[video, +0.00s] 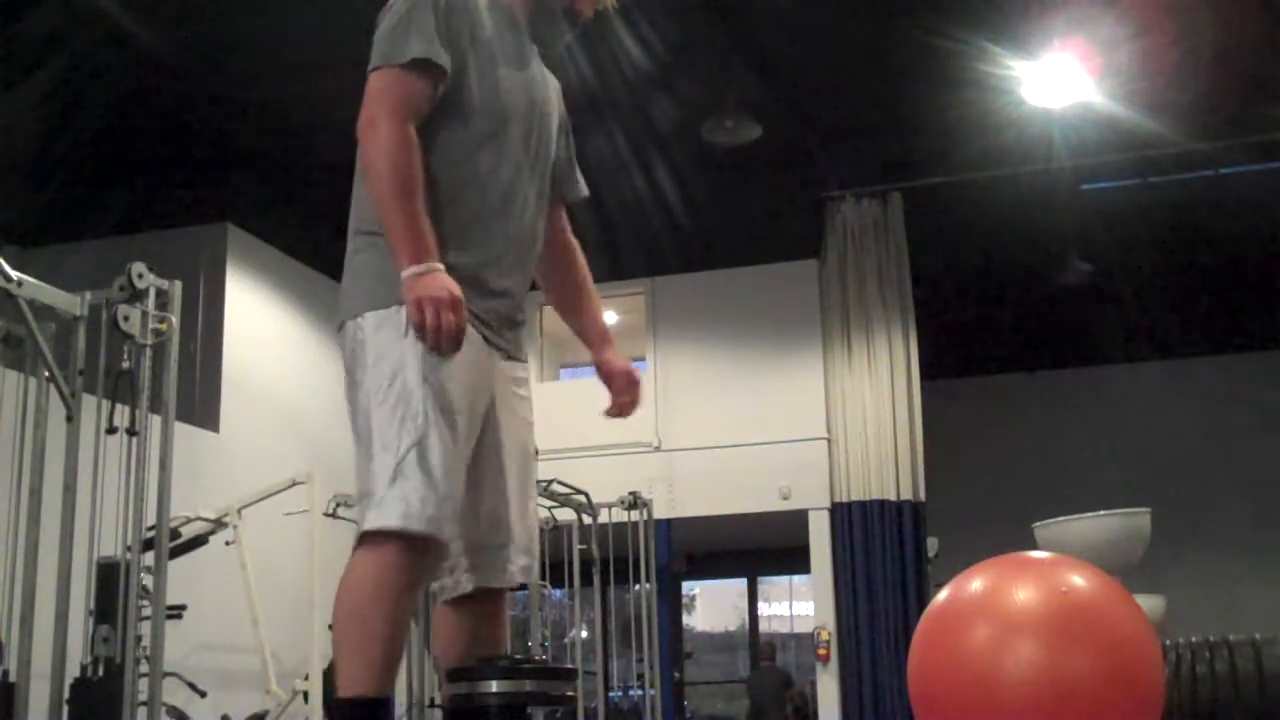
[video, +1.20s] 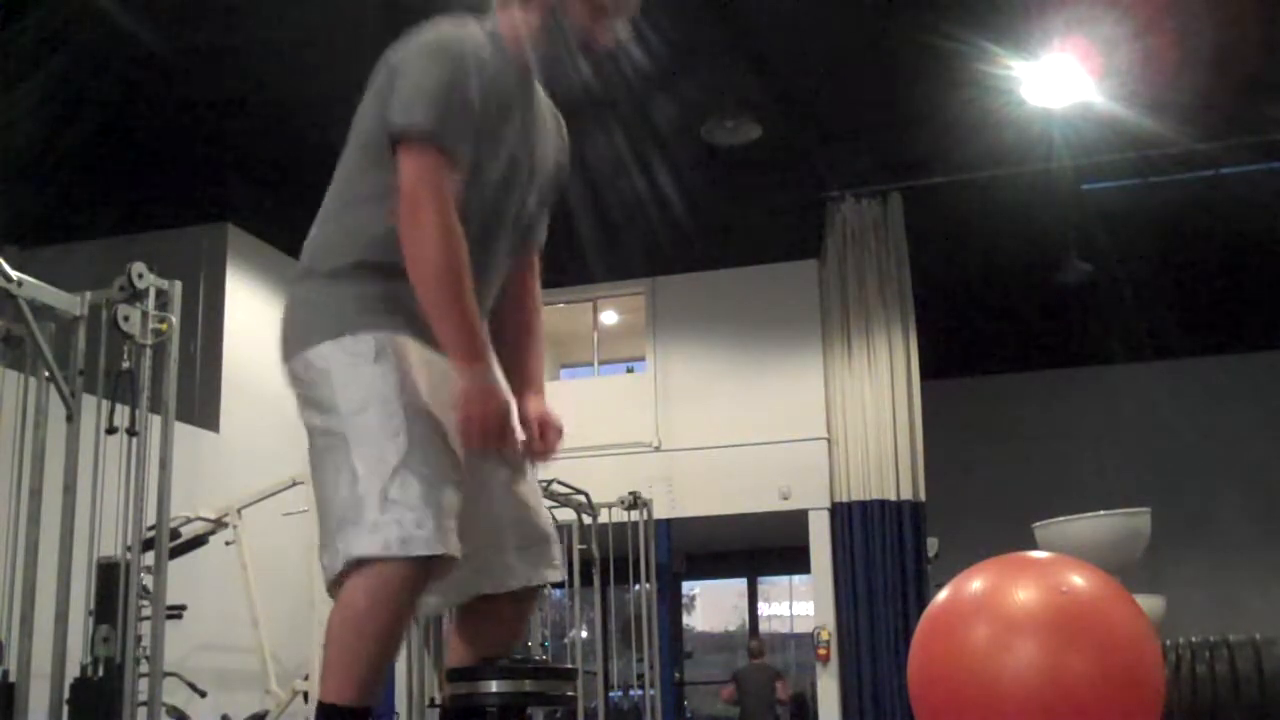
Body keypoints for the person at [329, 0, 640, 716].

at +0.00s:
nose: (602, 4)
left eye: (606, 5)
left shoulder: (544, 84)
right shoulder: (444, 5)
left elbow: (549, 227)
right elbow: (384, 121)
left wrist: (601, 344)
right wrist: (419, 263)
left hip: (501, 332)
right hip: (414, 306)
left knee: (484, 562)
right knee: (402, 529)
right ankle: (356, 713)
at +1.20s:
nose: (608, 35)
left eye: (619, 22)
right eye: (601, 11)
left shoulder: (549, 131)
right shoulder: (447, 50)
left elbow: (519, 272)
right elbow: (424, 213)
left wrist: (530, 389)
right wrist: (475, 369)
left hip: (454, 342)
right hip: (358, 318)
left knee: (511, 558)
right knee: (402, 535)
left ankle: (475, 712)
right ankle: (339, 713)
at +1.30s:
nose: (617, 87)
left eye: (629, 75)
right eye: (613, 61)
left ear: (627, 89)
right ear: (564, 41)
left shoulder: (559, 192)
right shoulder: (464, 118)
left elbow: (526, 335)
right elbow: (447, 292)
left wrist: (542, 462)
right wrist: (486, 453)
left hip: (422, 377)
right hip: (329, 350)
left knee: (532, 554)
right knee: (420, 533)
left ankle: (476, 711)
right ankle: (342, 715)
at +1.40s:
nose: (639, 146)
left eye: (645, 129)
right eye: (628, 120)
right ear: (571, 108)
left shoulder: (566, 263)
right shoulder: (480, 199)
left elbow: (538, 420)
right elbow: (467, 390)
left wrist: (548, 562)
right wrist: (489, 552)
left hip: (403, 415)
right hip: (314, 392)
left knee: (552, 569)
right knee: (441, 542)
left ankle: (487, 709)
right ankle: (347, 712)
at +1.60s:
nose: (646, 202)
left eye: (647, 186)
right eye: (630, 178)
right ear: (569, 175)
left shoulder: (575, 329)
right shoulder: (500, 264)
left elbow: (547, 476)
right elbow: (480, 456)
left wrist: (548, 623)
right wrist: (489, 623)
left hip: (394, 463)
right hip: (305, 444)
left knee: (570, 575)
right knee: (466, 552)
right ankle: (356, 708)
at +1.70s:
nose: (642, 206)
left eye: (642, 191)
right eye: (626, 185)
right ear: (567, 188)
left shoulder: (577, 342)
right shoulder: (500, 278)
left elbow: (546, 497)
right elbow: (478, 468)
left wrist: (547, 646)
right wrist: (482, 634)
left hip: (394, 477)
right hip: (301, 457)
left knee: (572, 578)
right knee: (465, 550)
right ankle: (357, 708)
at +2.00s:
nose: (604, 192)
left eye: (601, 177)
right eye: (584, 174)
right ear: (527, 186)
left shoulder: (567, 342)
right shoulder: (477, 286)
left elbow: (541, 494)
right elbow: (468, 475)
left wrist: (540, 636)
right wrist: (477, 640)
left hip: (392, 497)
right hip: (291, 485)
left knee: (574, 576)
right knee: (456, 546)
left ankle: (484, 710)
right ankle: (355, 711)